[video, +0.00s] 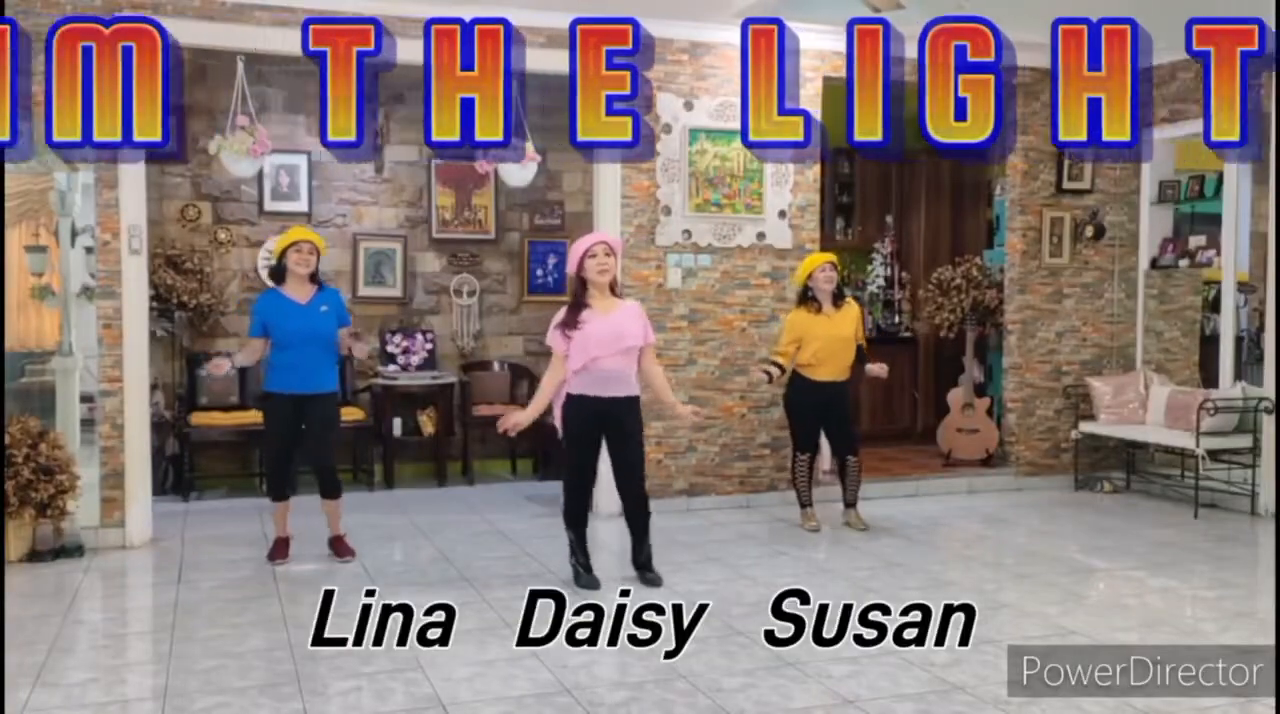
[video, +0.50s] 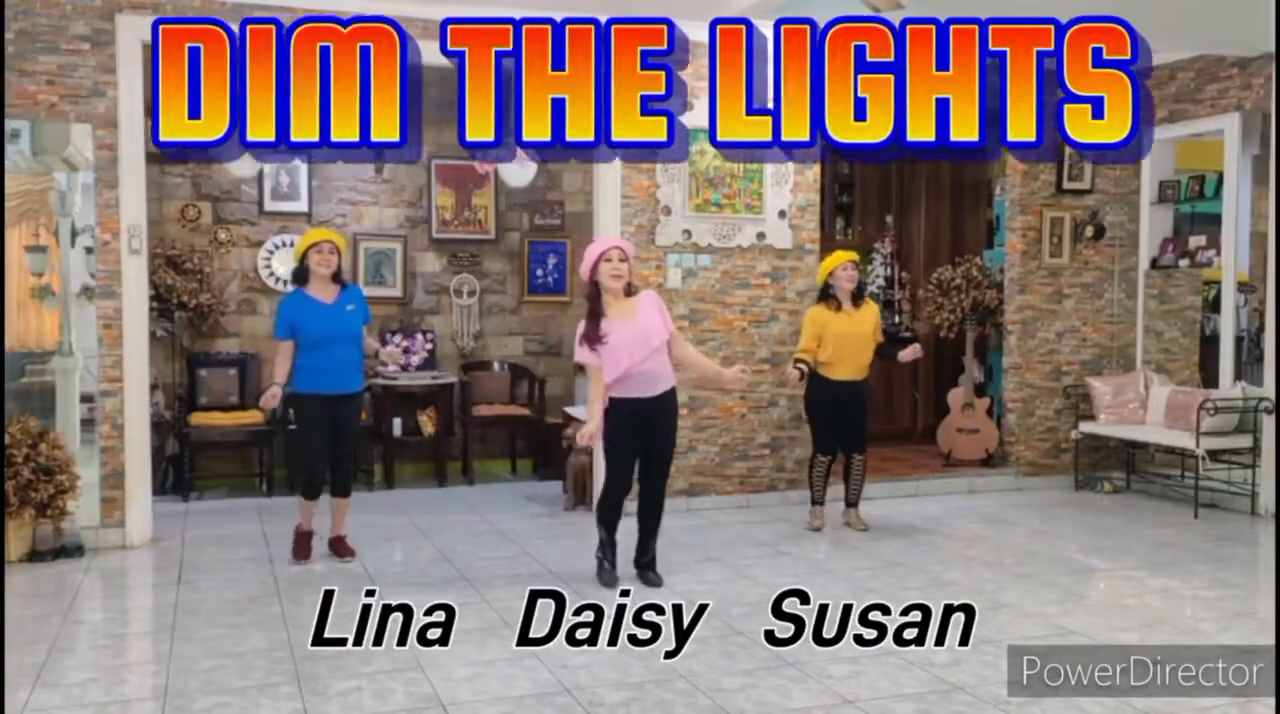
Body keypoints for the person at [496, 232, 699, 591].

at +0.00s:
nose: (601, 261)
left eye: (607, 256)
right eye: (593, 257)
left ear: (616, 264)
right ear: (580, 268)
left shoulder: (633, 311)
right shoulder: (569, 316)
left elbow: (649, 364)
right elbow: (556, 370)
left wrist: (673, 403)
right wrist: (529, 413)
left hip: (625, 406)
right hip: (581, 406)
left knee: (634, 486)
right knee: (579, 485)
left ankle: (643, 560)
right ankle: (580, 559)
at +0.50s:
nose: (617, 266)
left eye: (622, 261)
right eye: (608, 261)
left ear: (630, 268)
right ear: (594, 273)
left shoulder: (650, 302)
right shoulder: (592, 325)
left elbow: (680, 350)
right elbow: (596, 381)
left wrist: (722, 374)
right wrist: (594, 421)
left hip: (662, 404)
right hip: (621, 408)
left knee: (654, 487)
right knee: (618, 485)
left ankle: (646, 559)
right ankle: (606, 549)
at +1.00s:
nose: (623, 267)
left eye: (630, 261)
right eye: (615, 261)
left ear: (638, 270)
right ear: (603, 270)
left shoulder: (652, 309)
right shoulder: (589, 317)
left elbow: (672, 363)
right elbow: (587, 374)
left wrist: (709, 391)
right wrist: (604, 415)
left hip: (659, 405)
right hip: (619, 410)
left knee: (653, 489)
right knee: (620, 487)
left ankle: (645, 560)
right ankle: (605, 555)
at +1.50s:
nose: (614, 267)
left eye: (620, 260)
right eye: (606, 262)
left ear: (631, 269)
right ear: (595, 272)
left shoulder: (639, 319)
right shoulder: (579, 309)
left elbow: (642, 375)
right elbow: (542, 350)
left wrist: (654, 422)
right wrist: (529, 403)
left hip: (622, 410)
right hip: (579, 408)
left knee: (630, 486)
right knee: (582, 486)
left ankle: (635, 559)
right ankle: (586, 561)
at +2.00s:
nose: (610, 274)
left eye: (617, 267)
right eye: (602, 269)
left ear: (628, 275)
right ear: (592, 278)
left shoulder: (642, 322)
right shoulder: (579, 320)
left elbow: (647, 379)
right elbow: (553, 373)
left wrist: (656, 418)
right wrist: (512, 385)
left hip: (616, 415)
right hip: (575, 411)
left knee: (610, 492)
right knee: (577, 489)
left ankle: (605, 557)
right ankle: (585, 558)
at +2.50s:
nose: (627, 263)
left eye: (633, 257)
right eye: (618, 258)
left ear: (642, 265)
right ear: (606, 267)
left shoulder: (661, 304)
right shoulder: (601, 312)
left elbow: (684, 349)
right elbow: (589, 369)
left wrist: (692, 389)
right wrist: (571, 412)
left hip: (657, 403)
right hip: (612, 404)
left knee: (659, 485)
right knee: (603, 483)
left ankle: (662, 561)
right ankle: (591, 557)